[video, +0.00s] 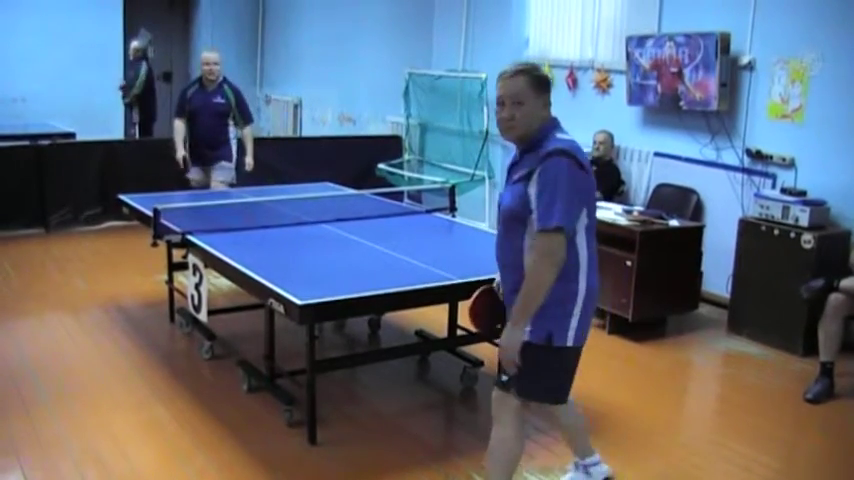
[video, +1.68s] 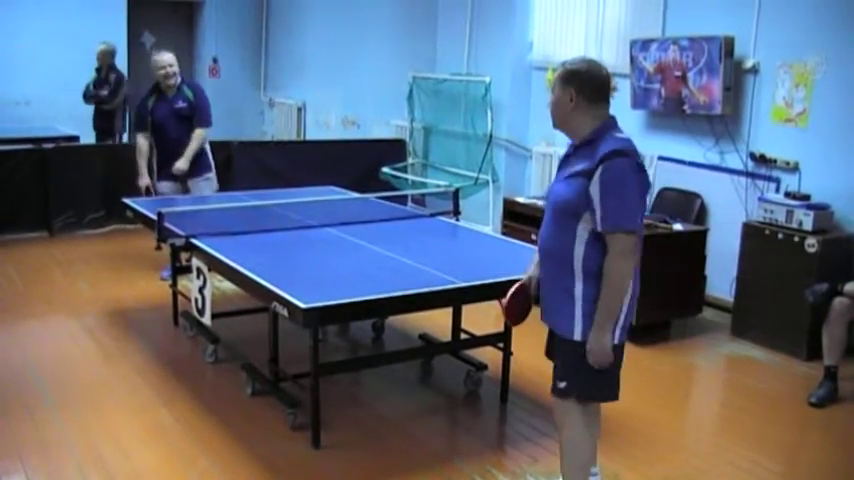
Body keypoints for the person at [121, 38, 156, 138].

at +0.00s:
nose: (130, 52)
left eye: (133, 50)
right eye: (130, 49)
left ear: (139, 51)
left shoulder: (143, 65)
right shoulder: (135, 65)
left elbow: (138, 86)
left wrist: (128, 99)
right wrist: (126, 88)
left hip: (143, 107)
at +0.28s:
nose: (131, 52)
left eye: (134, 50)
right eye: (132, 49)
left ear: (141, 52)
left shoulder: (143, 67)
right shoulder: (134, 66)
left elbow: (134, 86)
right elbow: (123, 80)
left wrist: (124, 87)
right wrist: (124, 83)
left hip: (142, 112)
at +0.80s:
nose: (131, 56)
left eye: (135, 53)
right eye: (130, 53)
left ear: (142, 56)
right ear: (129, 54)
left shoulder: (145, 75)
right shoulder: (130, 73)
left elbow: (135, 96)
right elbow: (117, 89)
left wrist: (121, 90)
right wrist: (128, 91)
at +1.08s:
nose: (130, 62)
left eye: (133, 58)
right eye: (128, 58)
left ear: (138, 59)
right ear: (123, 60)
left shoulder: (143, 78)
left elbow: (145, 94)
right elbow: (110, 96)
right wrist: (126, 94)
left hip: (139, 118)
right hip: (122, 118)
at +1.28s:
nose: (117, 59)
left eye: (120, 55)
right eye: (114, 56)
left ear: (126, 57)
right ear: (111, 58)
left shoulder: (133, 76)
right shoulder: (107, 77)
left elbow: (134, 94)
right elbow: (101, 95)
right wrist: (119, 93)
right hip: (112, 121)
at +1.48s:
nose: (110, 59)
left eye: (113, 55)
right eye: (108, 55)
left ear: (119, 56)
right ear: (105, 57)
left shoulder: (126, 74)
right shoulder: (100, 75)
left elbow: (124, 94)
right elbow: (93, 94)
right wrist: (110, 92)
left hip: (121, 120)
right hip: (105, 121)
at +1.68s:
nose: (100, 58)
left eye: (104, 55)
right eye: (99, 54)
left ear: (111, 57)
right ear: (97, 56)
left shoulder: (117, 76)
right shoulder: (97, 76)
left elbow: (113, 100)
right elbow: (86, 95)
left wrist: (94, 98)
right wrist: (101, 94)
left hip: (113, 124)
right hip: (100, 124)